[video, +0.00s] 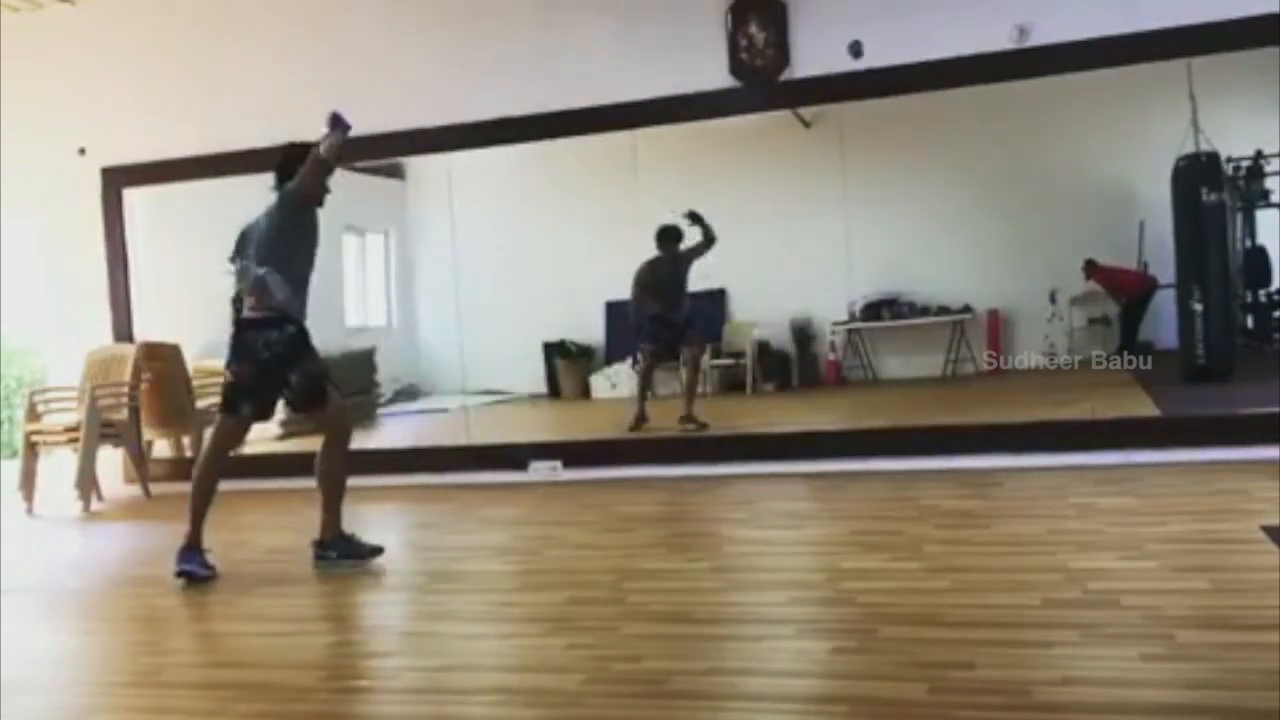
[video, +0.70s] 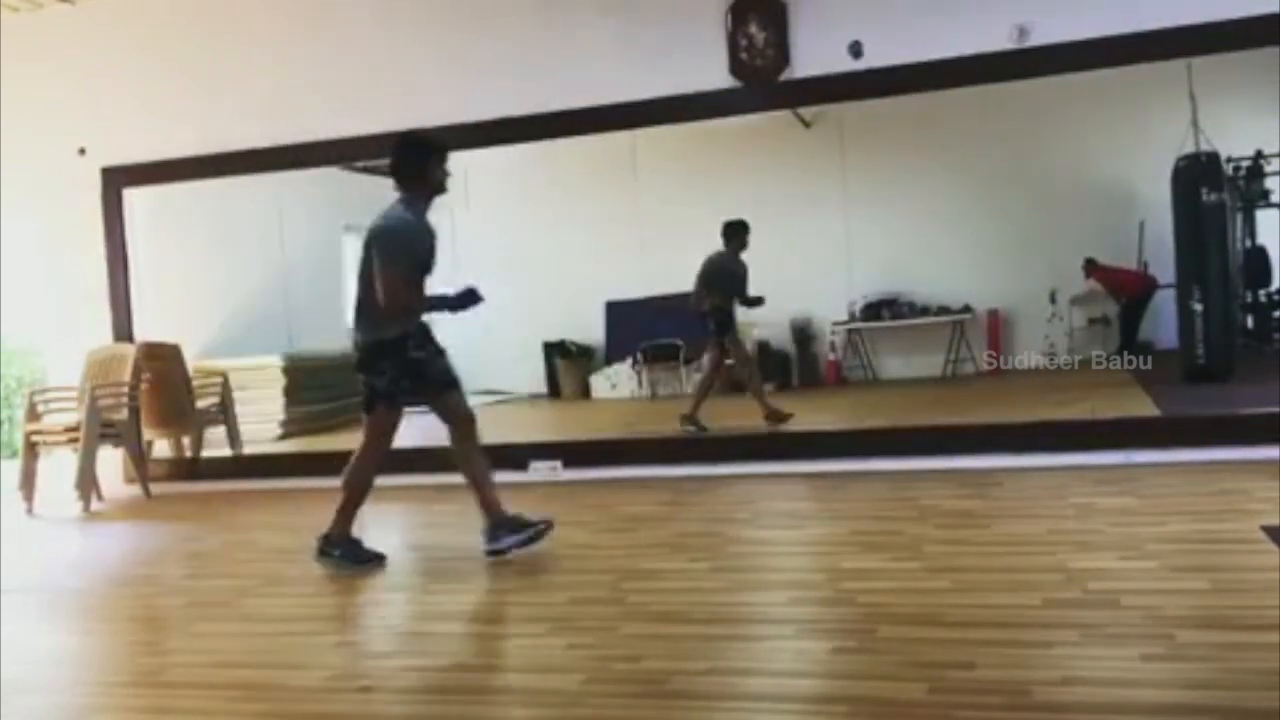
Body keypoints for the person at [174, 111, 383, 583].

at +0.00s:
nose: (326, 188)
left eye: (326, 179)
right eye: (322, 178)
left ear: (282, 177)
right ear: (303, 177)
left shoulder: (252, 229)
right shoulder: (296, 209)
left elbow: (243, 286)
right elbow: (318, 162)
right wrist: (337, 134)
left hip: (247, 339)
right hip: (282, 337)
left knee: (223, 439)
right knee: (337, 423)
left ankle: (191, 546)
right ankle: (331, 536)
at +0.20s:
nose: (346, 181)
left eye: (346, 172)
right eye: (343, 171)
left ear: (300, 175)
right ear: (329, 173)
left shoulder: (276, 225)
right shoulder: (318, 205)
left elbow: (268, 294)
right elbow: (334, 214)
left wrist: (261, 356)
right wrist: (378, 180)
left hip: (278, 337)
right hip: (314, 336)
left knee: (279, 435)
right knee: (351, 432)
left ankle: (215, 535)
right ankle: (335, 539)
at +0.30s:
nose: (362, 173)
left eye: (361, 163)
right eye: (357, 164)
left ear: (318, 168)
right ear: (342, 168)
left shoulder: (298, 216)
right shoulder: (331, 209)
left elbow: (292, 282)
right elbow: (350, 254)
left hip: (305, 332)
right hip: (328, 329)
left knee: (334, 432)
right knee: (348, 434)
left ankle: (272, 511)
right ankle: (333, 541)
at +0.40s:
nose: (374, 172)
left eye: (373, 162)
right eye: (369, 163)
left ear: (333, 167)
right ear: (353, 166)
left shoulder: (314, 214)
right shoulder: (341, 214)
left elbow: (320, 279)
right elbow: (347, 277)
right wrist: (399, 275)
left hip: (320, 329)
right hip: (336, 331)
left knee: (370, 422)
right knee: (351, 428)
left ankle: (313, 510)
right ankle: (331, 539)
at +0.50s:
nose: (401, 168)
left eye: (398, 159)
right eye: (394, 160)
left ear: (358, 170)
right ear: (379, 168)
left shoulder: (343, 219)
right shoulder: (362, 222)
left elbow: (327, 292)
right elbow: (351, 294)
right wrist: (396, 297)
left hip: (347, 330)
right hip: (354, 332)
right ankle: (332, 539)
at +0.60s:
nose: (416, 173)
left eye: (413, 164)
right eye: (409, 165)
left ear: (374, 172)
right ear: (393, 171)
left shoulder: (379, 223)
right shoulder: (365, 226)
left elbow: (339, 298)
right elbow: (358, 300)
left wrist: (384, 306)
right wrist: (405, 297)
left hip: (379, 334)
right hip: (356, 339)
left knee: (436, 416)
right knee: (362, 438)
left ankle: (436, 520)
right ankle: (334, 538)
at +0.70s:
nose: (447, 175)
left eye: (444, 166)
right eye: (440, 167)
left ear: (414, 173)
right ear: (419, 173)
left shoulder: (415, 226)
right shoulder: (395, 228)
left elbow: (400, 294)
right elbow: (393, 301)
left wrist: (446, 300)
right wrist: (450, 302)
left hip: (410, 337)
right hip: (384, 345)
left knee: (462, 422)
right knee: (376, 443)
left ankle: (497, 521)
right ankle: (338, 534)